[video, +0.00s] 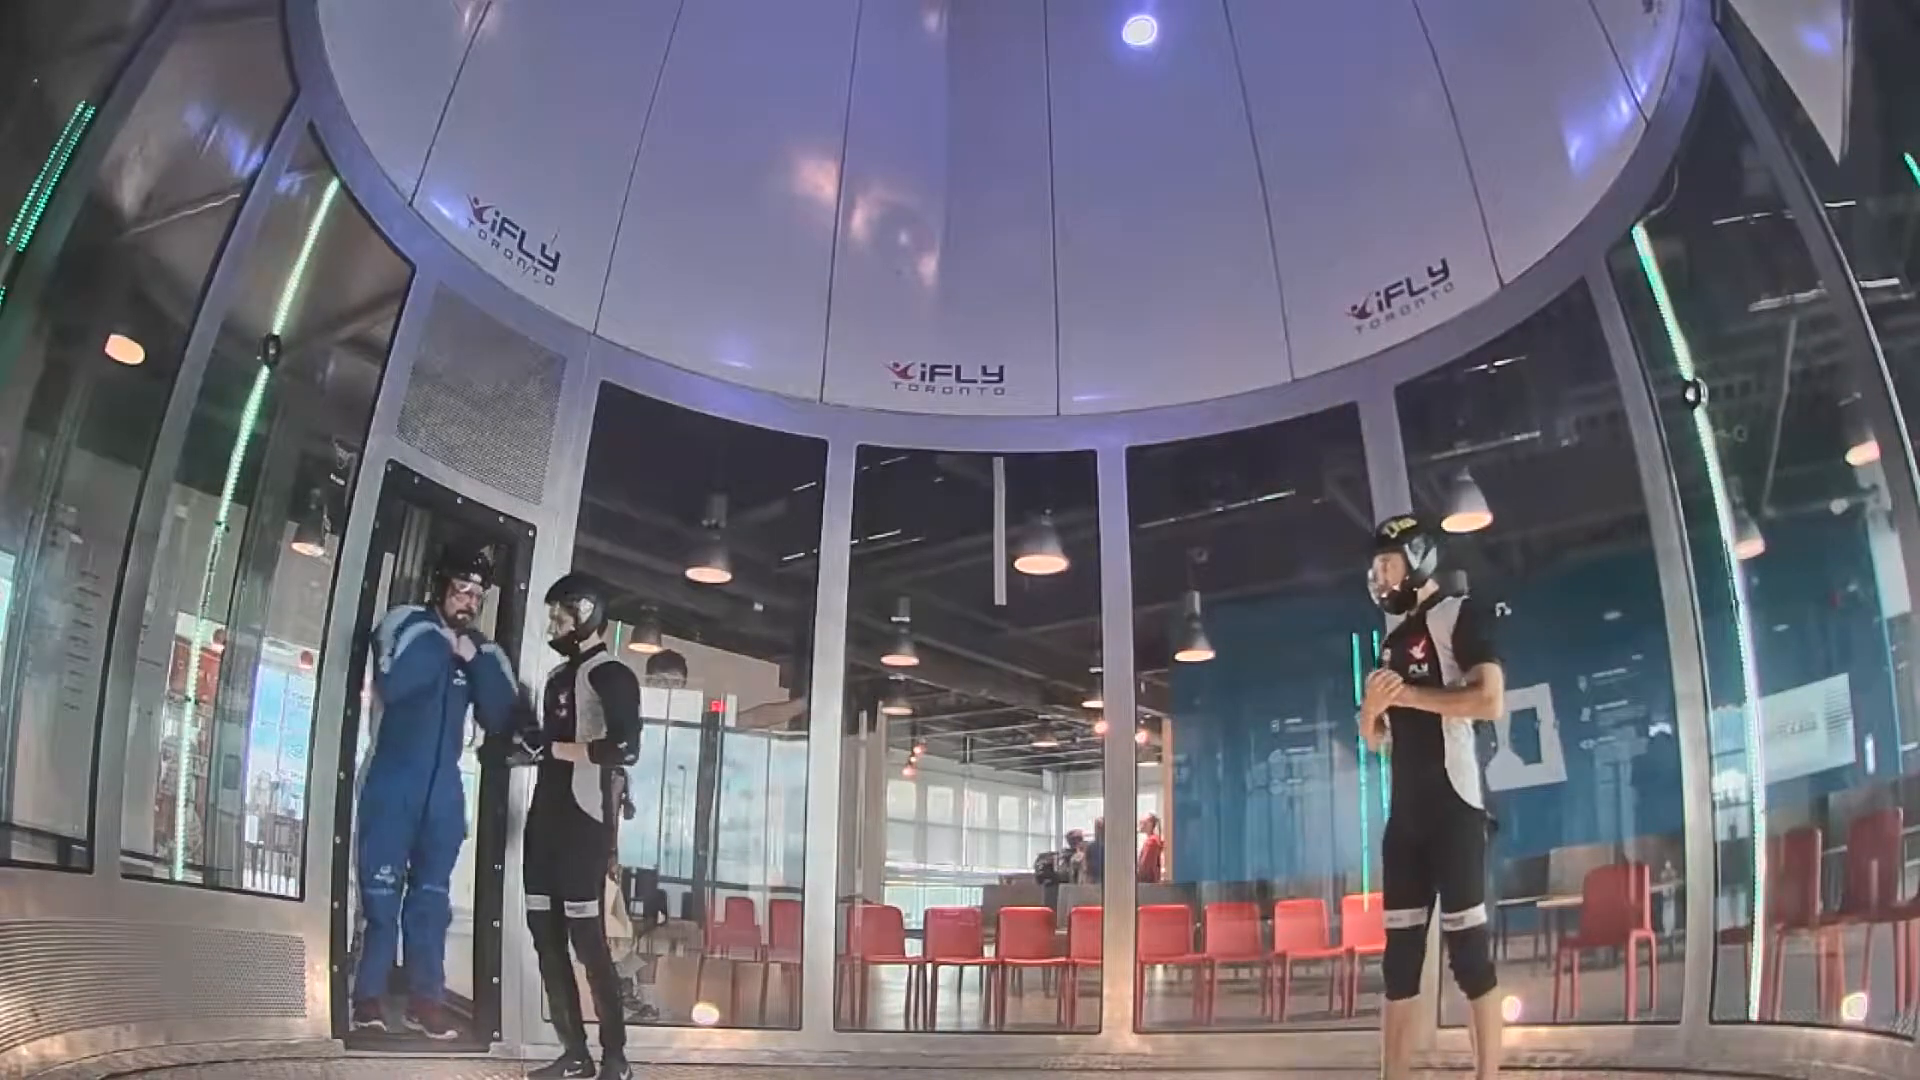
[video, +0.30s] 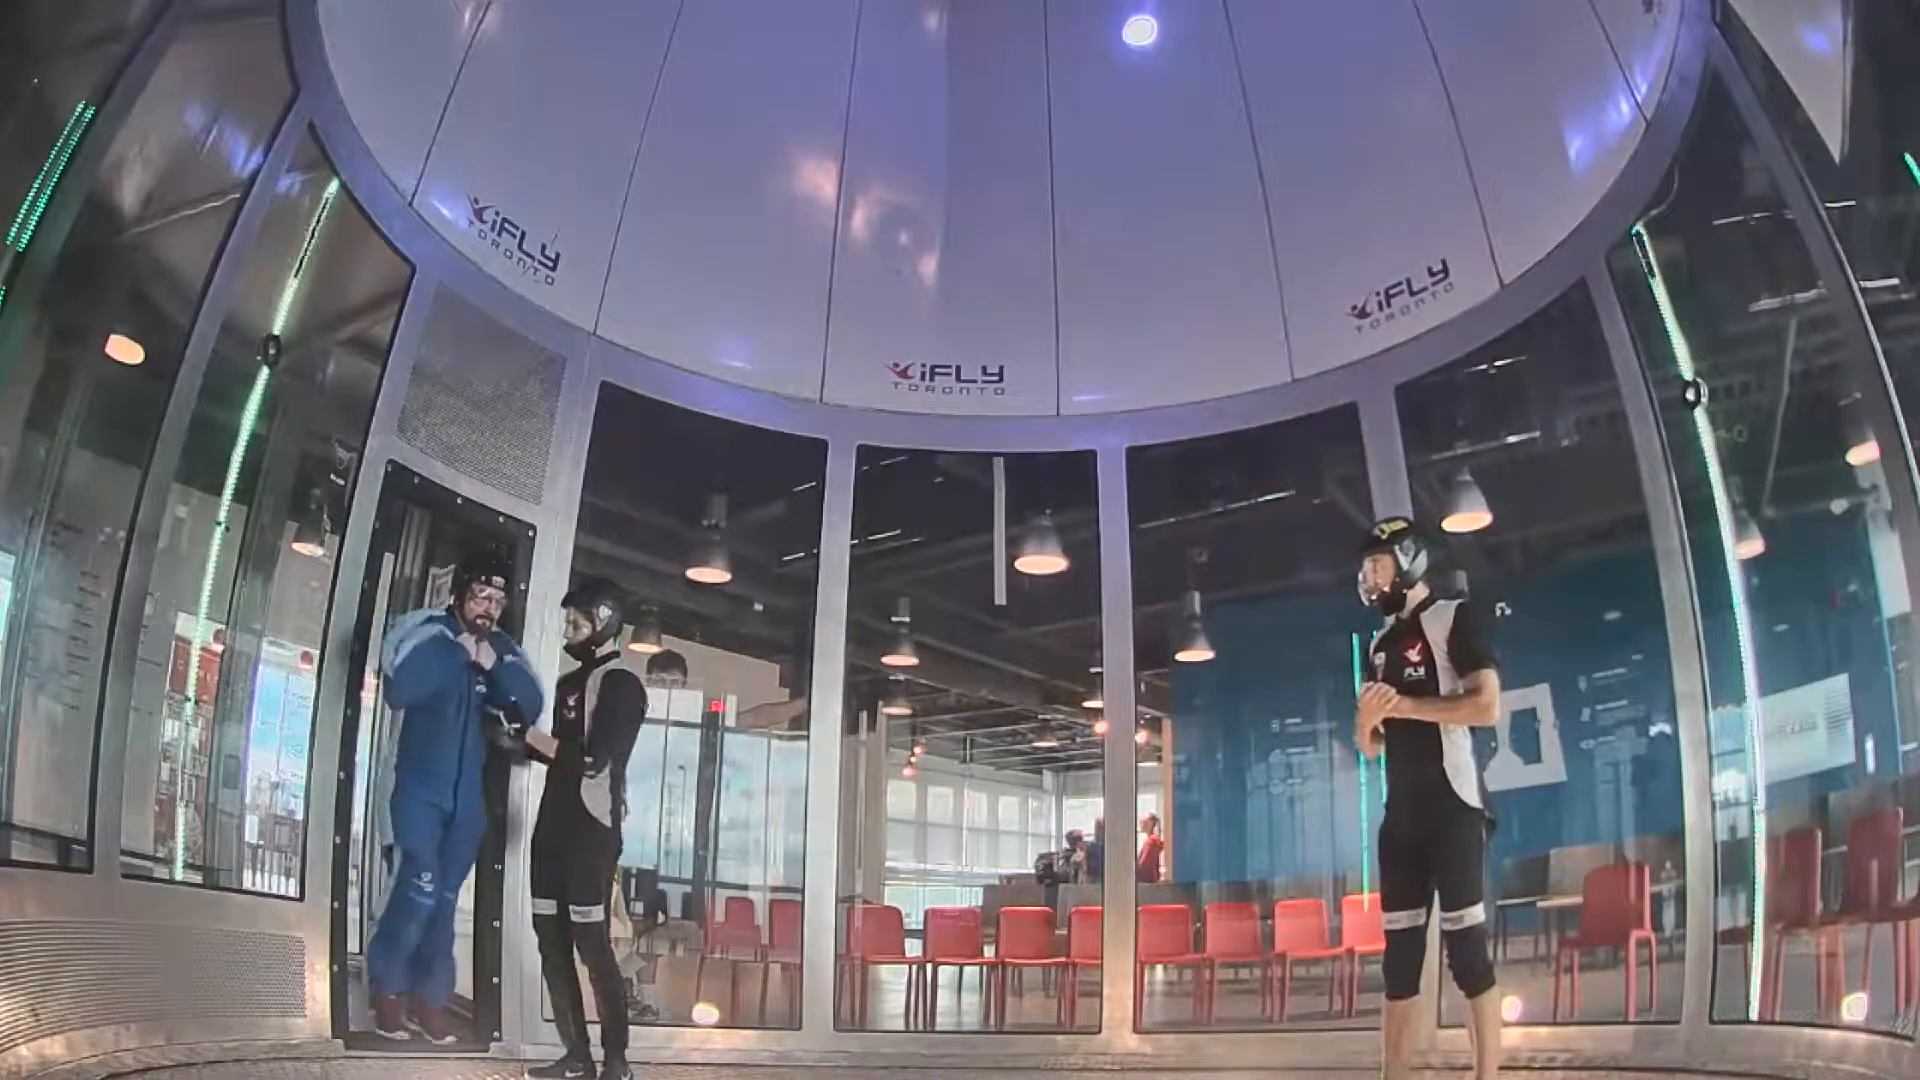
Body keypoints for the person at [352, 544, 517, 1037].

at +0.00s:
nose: (467, 600)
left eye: (476, 593)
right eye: (460, 588)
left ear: (482, 599)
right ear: (441, 586)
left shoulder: (484, 651)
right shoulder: (408, 623)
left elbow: (499, 718)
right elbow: (394, 686)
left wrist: (480, 656)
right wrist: (440, 640)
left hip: (446, 784)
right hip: (394, 777)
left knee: (432, 893)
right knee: (382, 889)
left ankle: (426, 1002)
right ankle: (368, 1001)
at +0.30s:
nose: (487, 604)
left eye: (496, 597)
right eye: (479, 592)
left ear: (503, 605)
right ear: (459, 592)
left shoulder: (502, 649)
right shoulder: (427, 633)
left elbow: (531, 708)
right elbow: (399, 691)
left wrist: (496, 658)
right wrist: (453, 645)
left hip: (471, 788)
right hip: (422, 781)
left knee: (446, 894)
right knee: (420, 886)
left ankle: (431, 1000)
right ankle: (388, 992)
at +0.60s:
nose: (516, 624)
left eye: (527, 616)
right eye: (509, 610)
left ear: (533, 622)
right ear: (487, 606)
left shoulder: (525, 663)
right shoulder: (457, 653)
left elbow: (564, 720)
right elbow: (432, 720)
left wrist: (533, 684)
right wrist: (488, 678)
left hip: (489, 808)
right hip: (438, 800)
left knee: (470, 912)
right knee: (450, 899)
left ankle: (430, 1018)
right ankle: (404, 1021)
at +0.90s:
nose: (558, 657)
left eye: (569, 649)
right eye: (550, 642)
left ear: (577, 653)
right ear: (525, 635)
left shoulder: (567, 691)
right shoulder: (492, 676)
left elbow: (622, 735)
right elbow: (452, 726)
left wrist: (596, 731)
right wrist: (539, 715)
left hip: (504, 833)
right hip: (447, 823)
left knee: (487, 951)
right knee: (449, 935)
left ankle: (427, 1012)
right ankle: (401, 1051)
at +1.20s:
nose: (604, 714)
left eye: (615, 705)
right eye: (595, 701)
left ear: (624, 710)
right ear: (572, 694)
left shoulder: (618, 735)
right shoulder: (529, 720)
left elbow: (684, 725)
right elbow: (493, 656)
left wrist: (751, 715)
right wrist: (572, 651)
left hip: (529, 887)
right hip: (470, 869)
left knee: (498, 997)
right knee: (478, 992)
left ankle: (424, 1038)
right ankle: (404, 1040)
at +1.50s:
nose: (694, 738)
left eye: (706, 728)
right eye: (686, 719)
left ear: (714, 726)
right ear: (656, 699)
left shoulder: (696, 735)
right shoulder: (604, 704)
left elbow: (774, 697)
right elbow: (587, 612)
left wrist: (859, 668)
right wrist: (622, 536)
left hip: (558, 891)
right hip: (502, 862)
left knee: (484, 970)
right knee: (461, 970)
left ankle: (419, 1025)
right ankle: (407, 1034)